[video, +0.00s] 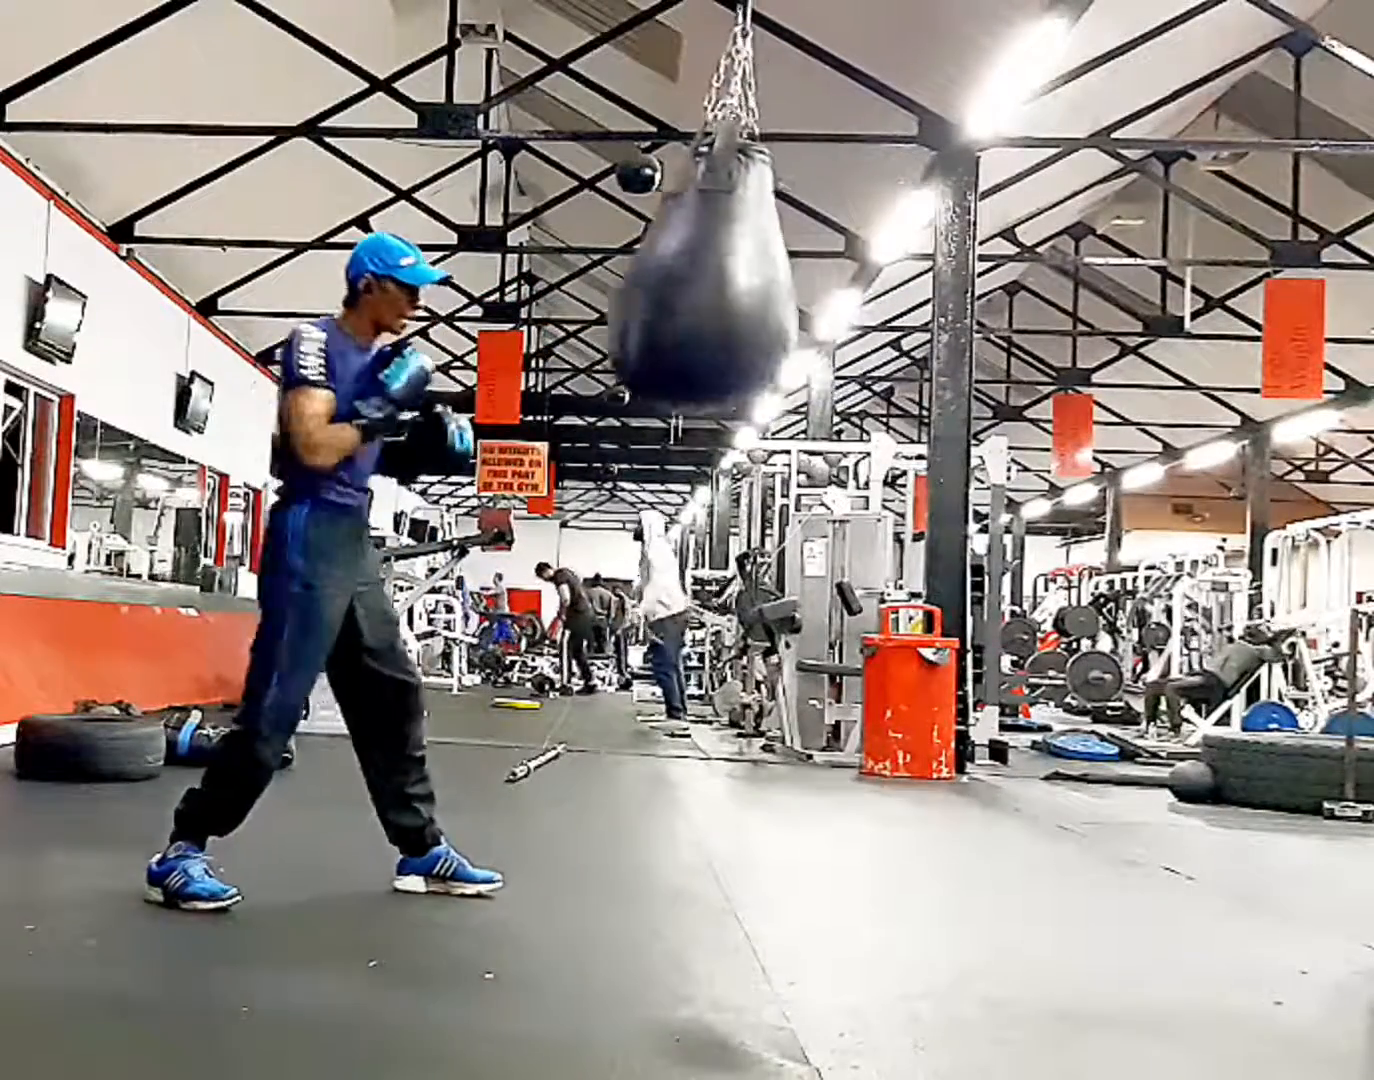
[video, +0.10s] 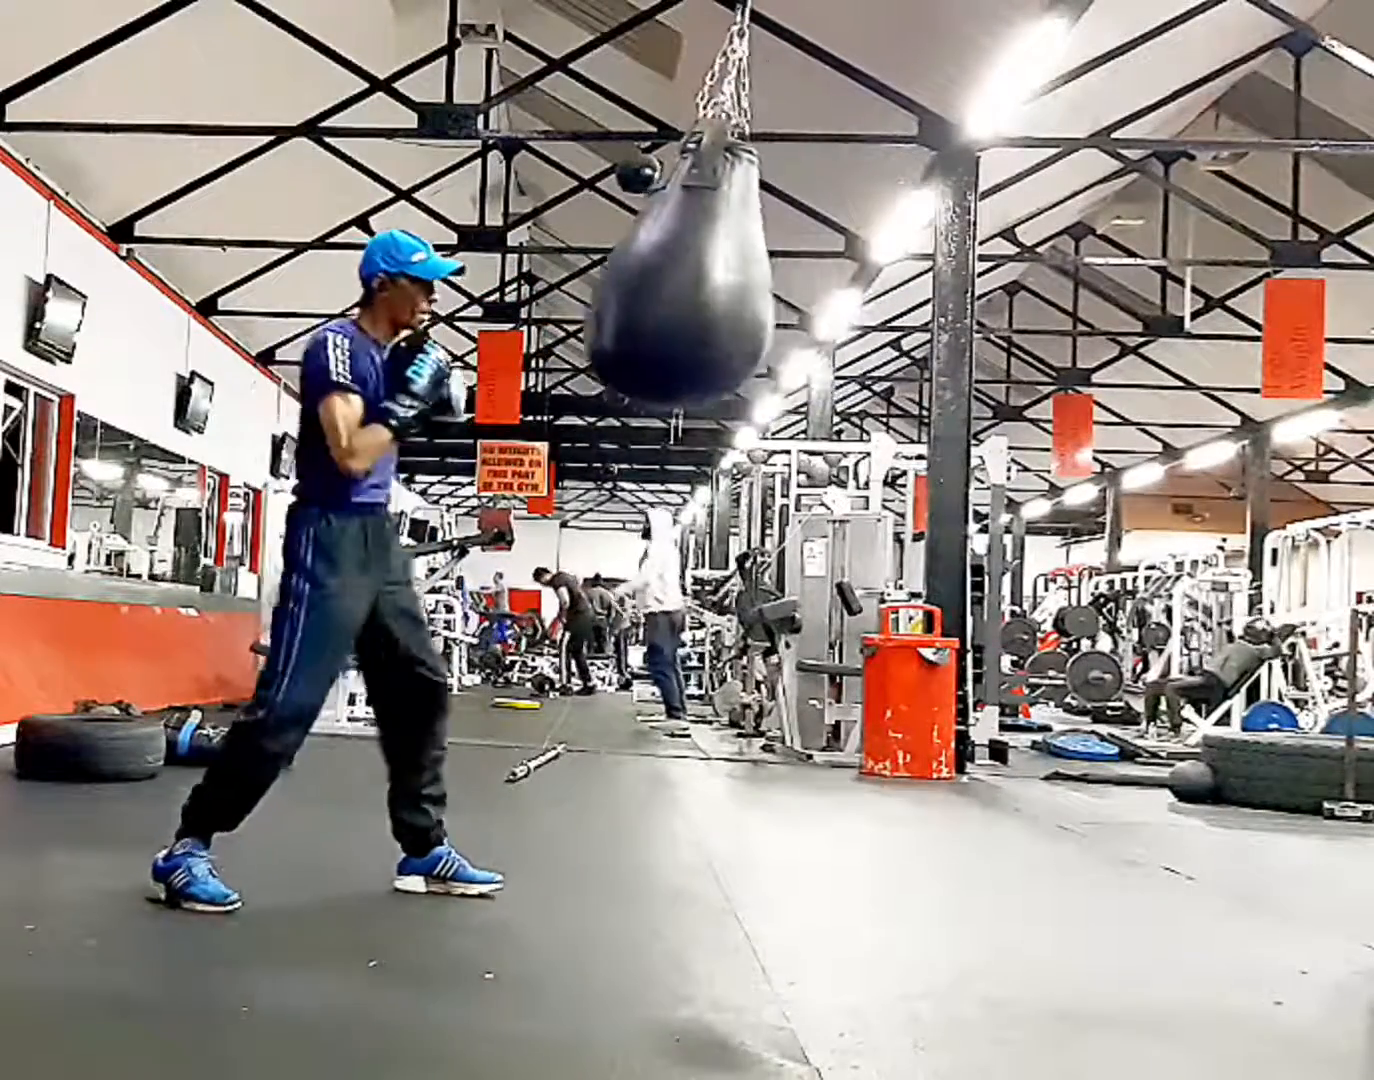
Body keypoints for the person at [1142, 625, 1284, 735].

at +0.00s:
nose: (1248, 634)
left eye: (1253, 632)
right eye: (1248, 630)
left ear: (1259, 637)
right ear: (1246, 633)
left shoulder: (1259, 651)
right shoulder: (1235, 645)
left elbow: (1279, 656)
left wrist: (1274, 642)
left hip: (1218, 682)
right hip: (1204, 674)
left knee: (1172, 688)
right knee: (1152, 688)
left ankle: (1175, 731)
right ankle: (1147, 727)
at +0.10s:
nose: (1253, 629)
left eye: (1258, 628)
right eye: (1254, 626)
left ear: (1261, 635)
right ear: (1247, 630)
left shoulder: (1259, 650)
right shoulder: (1234, 644)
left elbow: (1276, 652)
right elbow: (1217, 657)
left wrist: (1274, 638)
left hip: (1218, 682)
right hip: (1204, 674)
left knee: (1172, 688)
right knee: (1152, 688)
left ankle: (1175, 732)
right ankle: (1147, 729)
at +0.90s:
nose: (1256, 634)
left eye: (1258, 633)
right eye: (1256, 632)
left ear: (1258, 638)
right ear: (1251, 635)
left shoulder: (1260, 650)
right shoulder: (1235, 644)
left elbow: (1279, 659)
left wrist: (1276, 642)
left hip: (1217, 682)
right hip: (1201, 674)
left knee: (1172, 688)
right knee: (1152, 687)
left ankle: (1175, 731)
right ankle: (1148, 727)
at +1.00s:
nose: (1260, 637)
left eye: (1258, 635)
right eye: (1259, 635)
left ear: (1252, 637)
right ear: (1255, 639)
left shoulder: (1257, 651)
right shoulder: (1235, 645)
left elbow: (1279, 658)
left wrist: (1274, 643)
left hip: (1216, 682)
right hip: (1202, 674)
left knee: (1171, 688)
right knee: (1152, 687)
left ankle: (1175, 731)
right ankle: (1147, 727)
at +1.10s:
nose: (1247, 634)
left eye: (1252, 633)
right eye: (1250, 632)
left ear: (1256, 638)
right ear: (1249, 636)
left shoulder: (1258, 651)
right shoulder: (1235, 645)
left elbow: (1280, 658)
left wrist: (1272, 643)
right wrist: (1272, 640)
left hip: (1216, 682)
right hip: (1202, 674)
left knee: (1171, 688)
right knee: (1151, 688)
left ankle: (1175, 732)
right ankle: (1147, 728)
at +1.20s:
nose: (1255, 630)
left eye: (1259, 629)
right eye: (1254, 627)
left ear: (1262, 636)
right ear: (1249, 631)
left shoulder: (1257, 650)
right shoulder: (1237, 644)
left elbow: (1277, 650)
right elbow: (1218, 651)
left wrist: (1275, 636)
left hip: (1216, 682)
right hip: (1201, 674)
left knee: (1171, 687)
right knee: (1151, 687)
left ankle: (1175, 731)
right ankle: (1147, 728)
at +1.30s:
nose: (1249, 629)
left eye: (1254, 627)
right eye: (1248, 626)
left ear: (1262, 634)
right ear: (1245, 630)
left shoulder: (1259, 651)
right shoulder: (1233, 643)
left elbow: (1276, 643)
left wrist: (1286, 628)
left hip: (1216, 682)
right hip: (1202, 675)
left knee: (1171, 688)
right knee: (1152, 687)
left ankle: (1176, 731)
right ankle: (1147, 728)